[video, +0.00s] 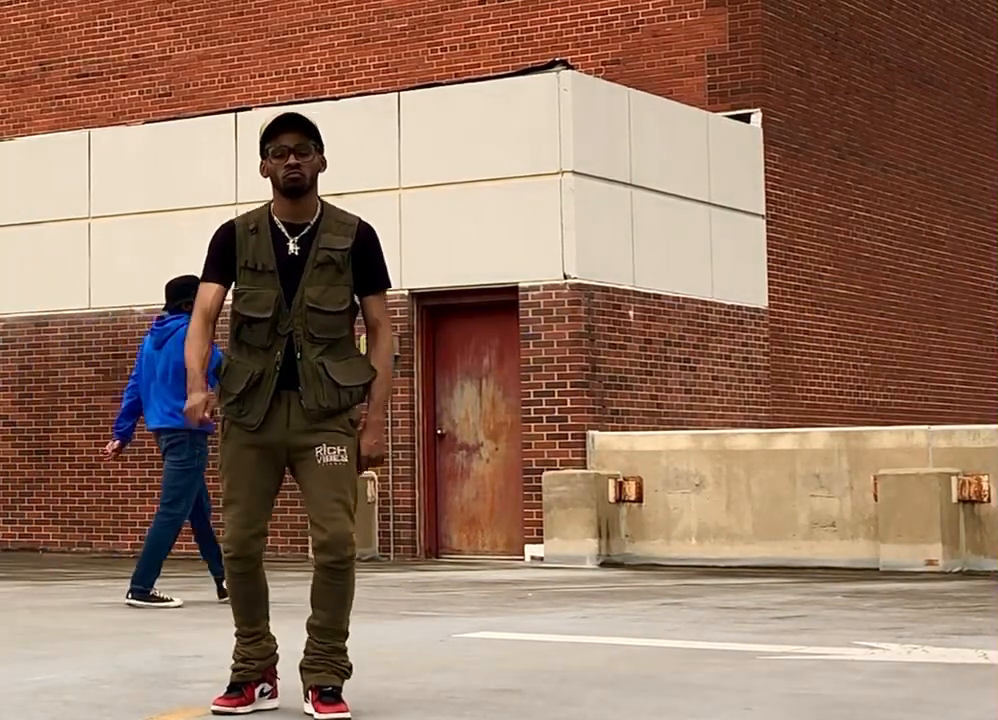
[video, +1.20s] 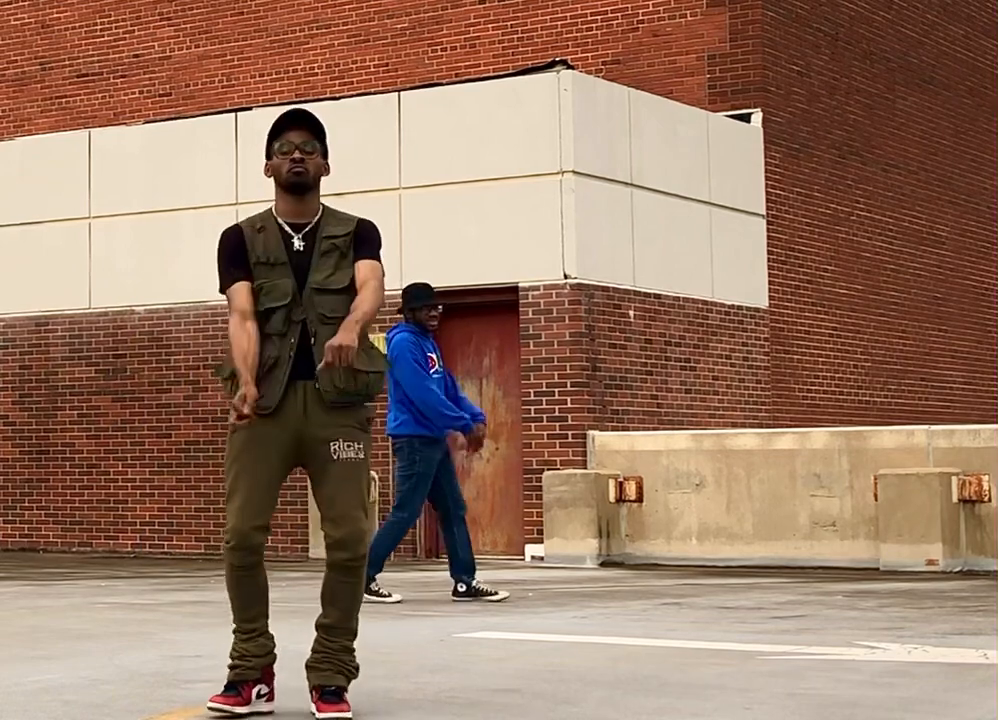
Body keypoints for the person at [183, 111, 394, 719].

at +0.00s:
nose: (291, 161)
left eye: (302, 151)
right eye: (280, 153)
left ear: (321, 162)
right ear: (264, 166)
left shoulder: (355, 236)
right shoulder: (234, 237)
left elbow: (380, 327)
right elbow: (203, 316)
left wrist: (373, 407)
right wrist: (196, 383)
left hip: (328, 411)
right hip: (250, 410)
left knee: (335, 543)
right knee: (239, 541)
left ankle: (324, 674)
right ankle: (253, 666)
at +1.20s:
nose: (299, 156)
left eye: (310, 150)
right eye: (287, 150)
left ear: (324, 165)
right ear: (269, 166)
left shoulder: (356, 231)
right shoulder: (241, 238)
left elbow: (372, 290)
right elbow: (243, 315)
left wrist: (352, 324)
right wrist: (246, 378)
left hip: (338, 404)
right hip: (266, 402)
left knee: (350, 542)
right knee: (241, 539)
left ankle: (331, 675)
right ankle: (251, 668)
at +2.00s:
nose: (289, 170)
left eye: (300, 167)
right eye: (280, 158)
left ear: (307, 181)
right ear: (257, 162)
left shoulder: (314, 231)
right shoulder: (224, 218)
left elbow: (339, 244)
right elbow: (198, 255)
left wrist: (338, 222)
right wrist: (269, 291)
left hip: (317, 394)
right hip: (248, 396)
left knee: (338, 526)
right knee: (250, 530)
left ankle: (324, 662)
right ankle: (253, 666)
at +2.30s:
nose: (282, 208)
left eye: (290, 197)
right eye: (270, 200)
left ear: (307, 202)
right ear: (256, 209)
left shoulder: (334, 254)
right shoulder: (242, 270)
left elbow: (353, 249)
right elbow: (203, 308)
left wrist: (317, 221)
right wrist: (257, 282)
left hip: (319, 425)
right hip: (253, 424)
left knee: (323, 554)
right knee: (242, 532)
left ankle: (320, 661)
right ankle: (252, 665)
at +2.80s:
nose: (266, 194)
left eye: (278, 185)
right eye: (257, 184)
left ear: (299, 192)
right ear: (247, 190)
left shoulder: (319, 223)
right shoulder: (251, 266)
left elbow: (322, 227)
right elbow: (211, 328)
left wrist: (287, 247)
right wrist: (235, 293)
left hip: (330, 399)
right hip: (270, 402)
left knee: (321, 532)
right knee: (242, 521)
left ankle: (321, 655)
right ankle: (240, 650)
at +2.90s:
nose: (264, 198)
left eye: (274, 188)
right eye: (255, 190)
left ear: (295, 190)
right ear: (245, 196)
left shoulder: (322, 226)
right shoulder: (250, 261)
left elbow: (323, 224)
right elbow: (207, 320)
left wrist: (274, 240)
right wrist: (235, 296)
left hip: (325, 402)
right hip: (262, 404)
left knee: (323, 535)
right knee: (230, 517)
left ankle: (321, 655)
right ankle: (235, 646)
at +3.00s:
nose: (267, 201)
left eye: (278, 193)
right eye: (258, 193)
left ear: (297, 198)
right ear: (244, 198)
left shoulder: (320, 235)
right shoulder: (236, 263)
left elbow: (325, 230)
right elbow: (198, 307)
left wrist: (273, 237)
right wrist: (240, 288)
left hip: (316, 407)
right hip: (250, 409)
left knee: (318, 540)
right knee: (217, 522)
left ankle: (320, 655)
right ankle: (223, 637)